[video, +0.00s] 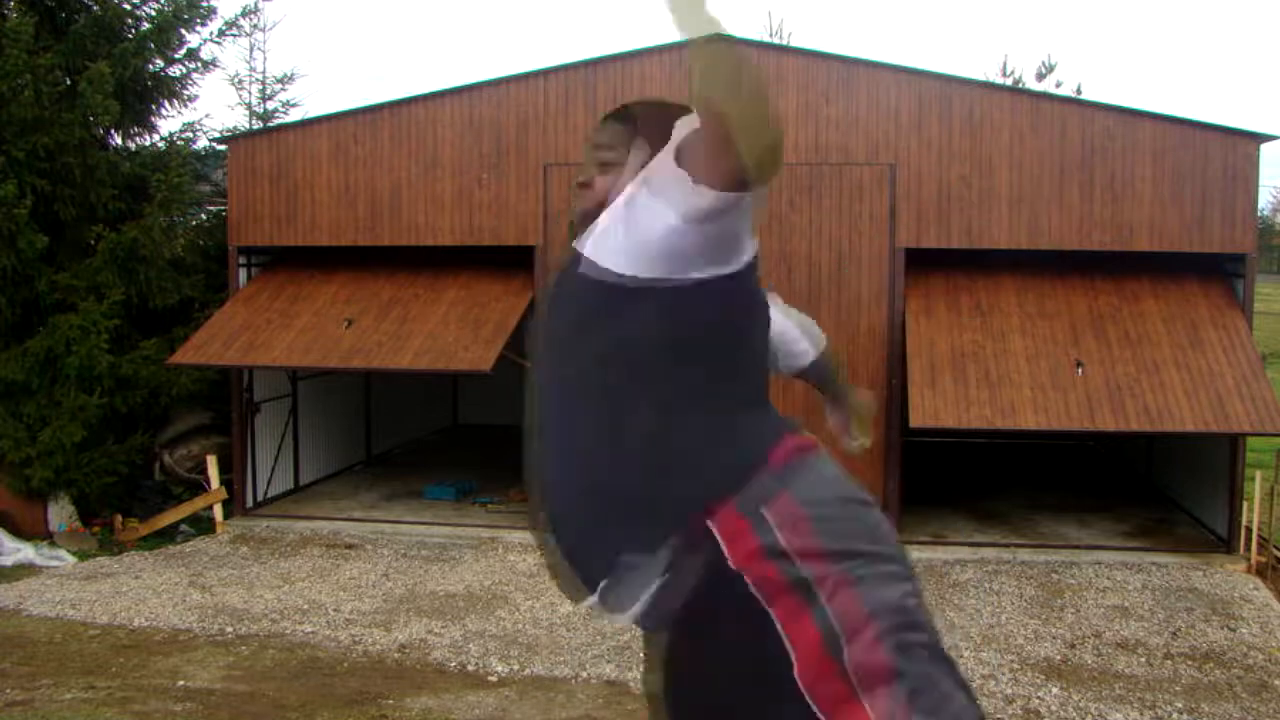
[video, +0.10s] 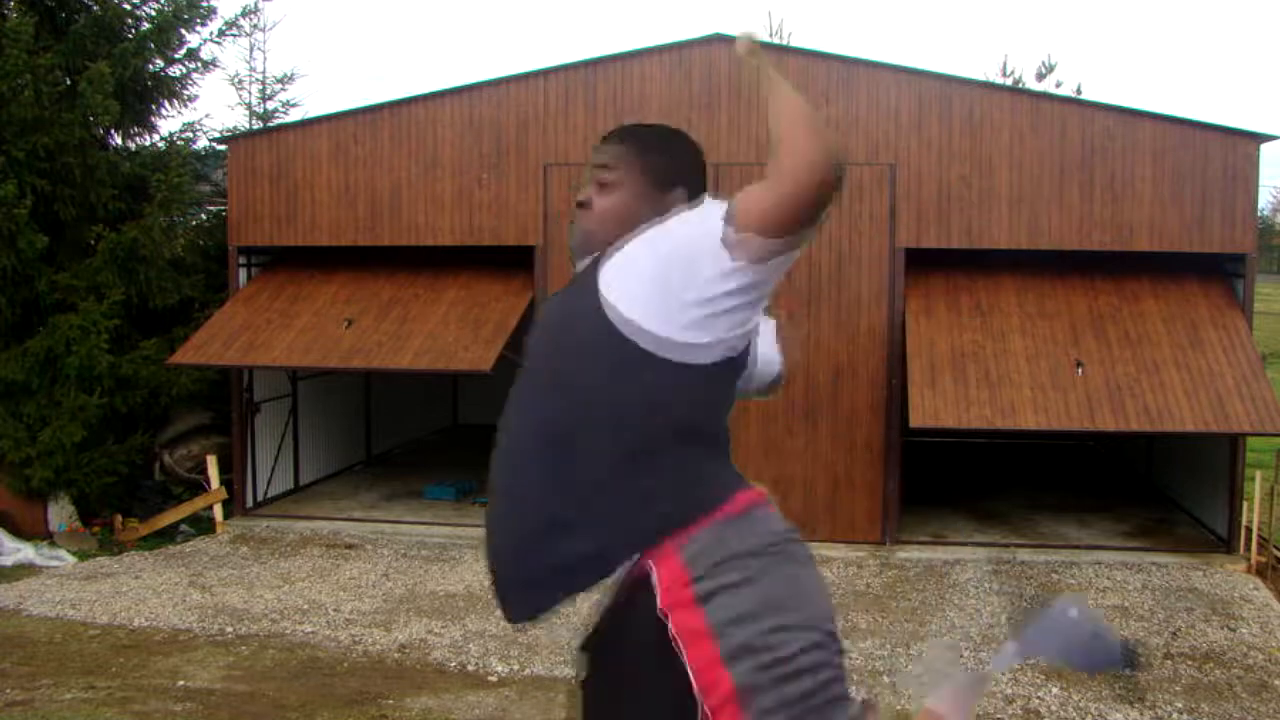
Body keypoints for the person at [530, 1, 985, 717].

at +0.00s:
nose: (586, 181)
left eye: (611, 163)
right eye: (586, 166)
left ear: (665, 168)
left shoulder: (673, 222)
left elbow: (745, 137)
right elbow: (791, 339)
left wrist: (691, 13)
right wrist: (841, 395)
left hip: (771, 552)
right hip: (689, 601)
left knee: (898, 702)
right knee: (715, 704)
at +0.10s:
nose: (582, 197)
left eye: (605, 182)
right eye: (587, 184)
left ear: (673, 200)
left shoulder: (686, 257)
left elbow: (810, 171)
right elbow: (765, 363)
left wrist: (767, 65)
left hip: (713, 587)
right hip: (651, 592)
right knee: (609, 690)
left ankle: (949, 703)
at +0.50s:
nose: (604, 160)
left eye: (629, 148)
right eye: (607, 145)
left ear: (702, 172)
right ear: (613, 167)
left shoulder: (760, 262)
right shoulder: (588, 223)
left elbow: (947, 273)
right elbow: (517, 105)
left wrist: (1144, 244)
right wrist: (471, 11)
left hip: (724, 571)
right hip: (581, 579)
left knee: (490, 664)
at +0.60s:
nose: (658, 108)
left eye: (685, 89)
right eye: (657, 91)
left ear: (758, 108)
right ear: (654, 108)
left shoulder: (824, 193)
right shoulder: (638, 205)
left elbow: (1030, 240)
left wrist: (1227, 219)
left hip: (795, 541)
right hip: (661, 545)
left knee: (603, 701)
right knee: (559, 705)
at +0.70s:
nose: (676, 139)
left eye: (705, 122)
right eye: (676, 124)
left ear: (781, 140)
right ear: (675, 142)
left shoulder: (853, 227)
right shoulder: (671, 224)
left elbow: (1048, 327)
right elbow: (675, 144)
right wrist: (747, 65)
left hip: (796, 612)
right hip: (634, 600)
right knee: (536, 652)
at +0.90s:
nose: (678, 170)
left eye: (707, 155)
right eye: (674, 154)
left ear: (774, 177)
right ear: (662, 167)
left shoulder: (825, 280)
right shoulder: (620, 240)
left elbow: (836, 444)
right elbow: (508, 220)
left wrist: (669, 451)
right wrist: (457, 62)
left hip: (715, 645)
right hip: (556, 597)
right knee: (481, 701)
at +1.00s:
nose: (681, 244)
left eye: (705, 222)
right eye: (670, 223)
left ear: (768, 228)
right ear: (660, 222)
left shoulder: (823, 268)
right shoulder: (664, 256)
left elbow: (803, 315)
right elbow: (541, 190)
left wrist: (694, 291)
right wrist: (412, 78)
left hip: (769, 653)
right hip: (641, 627)